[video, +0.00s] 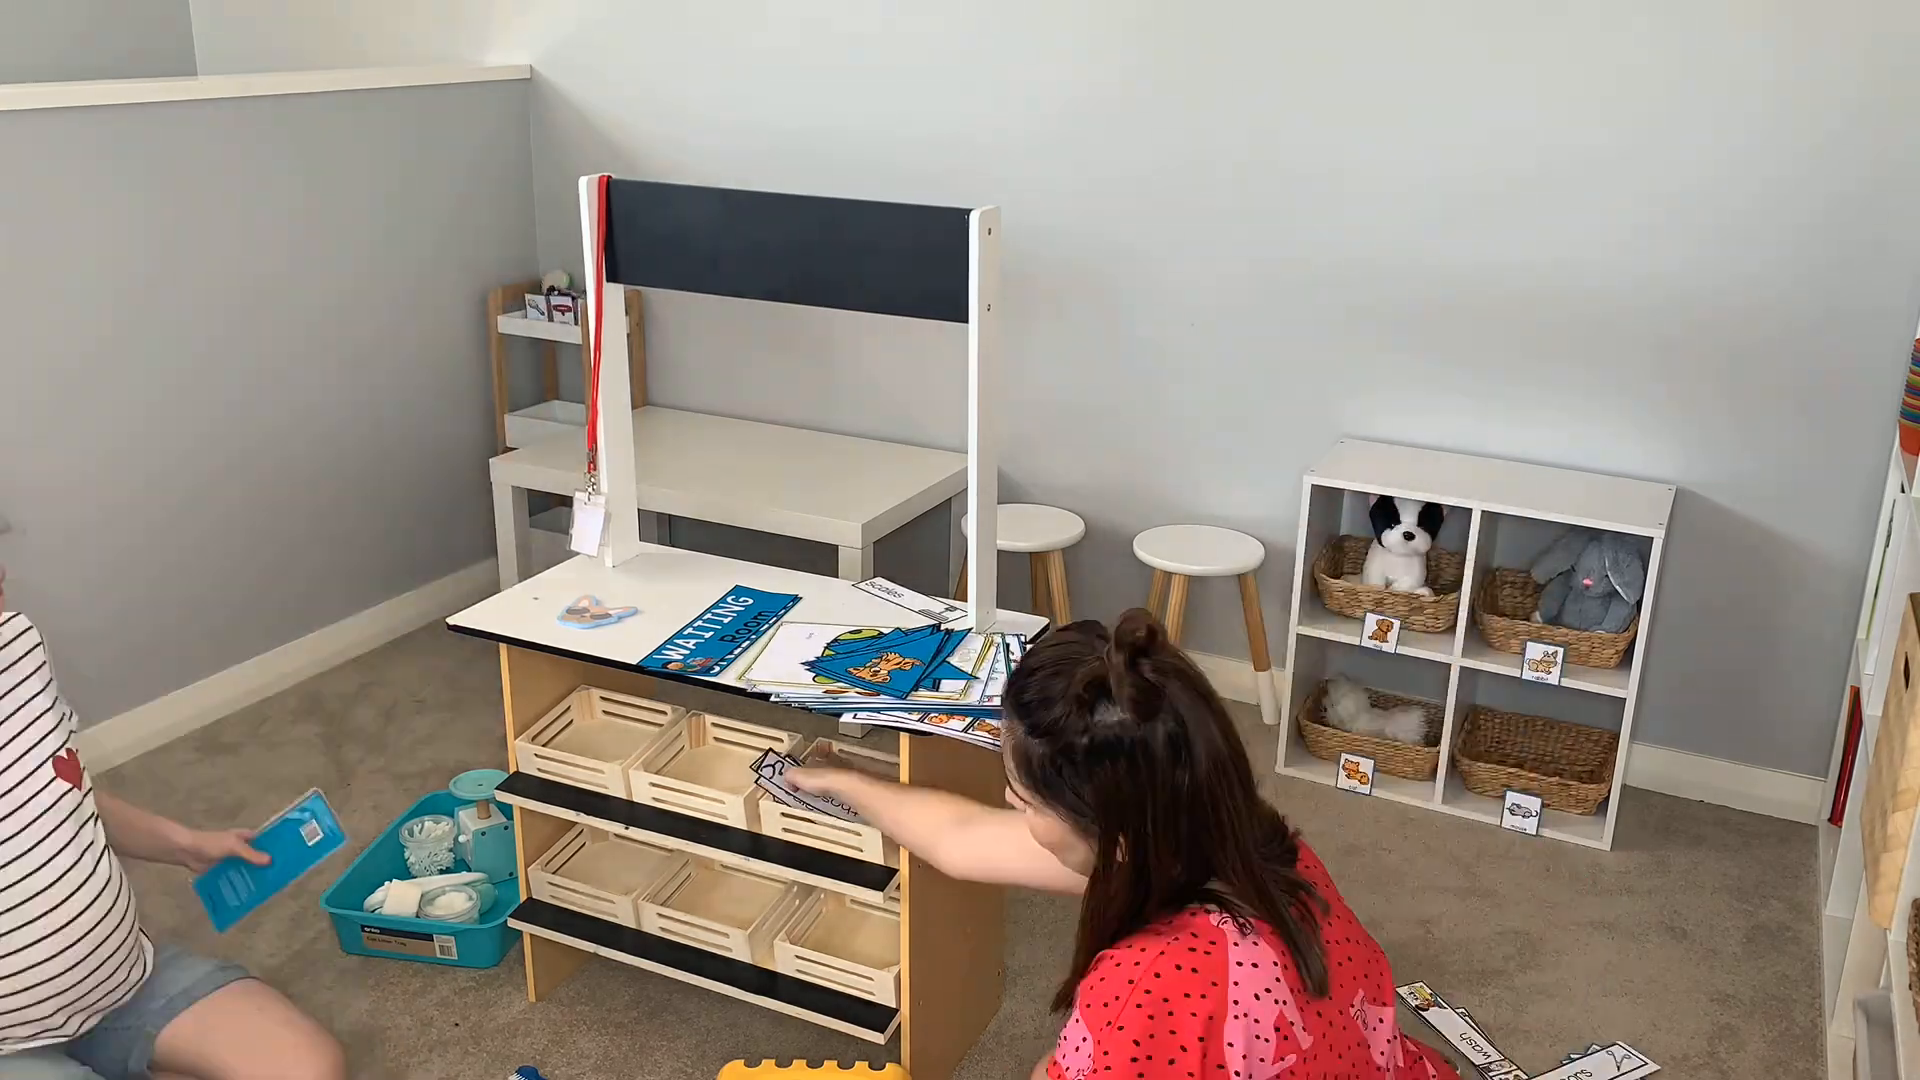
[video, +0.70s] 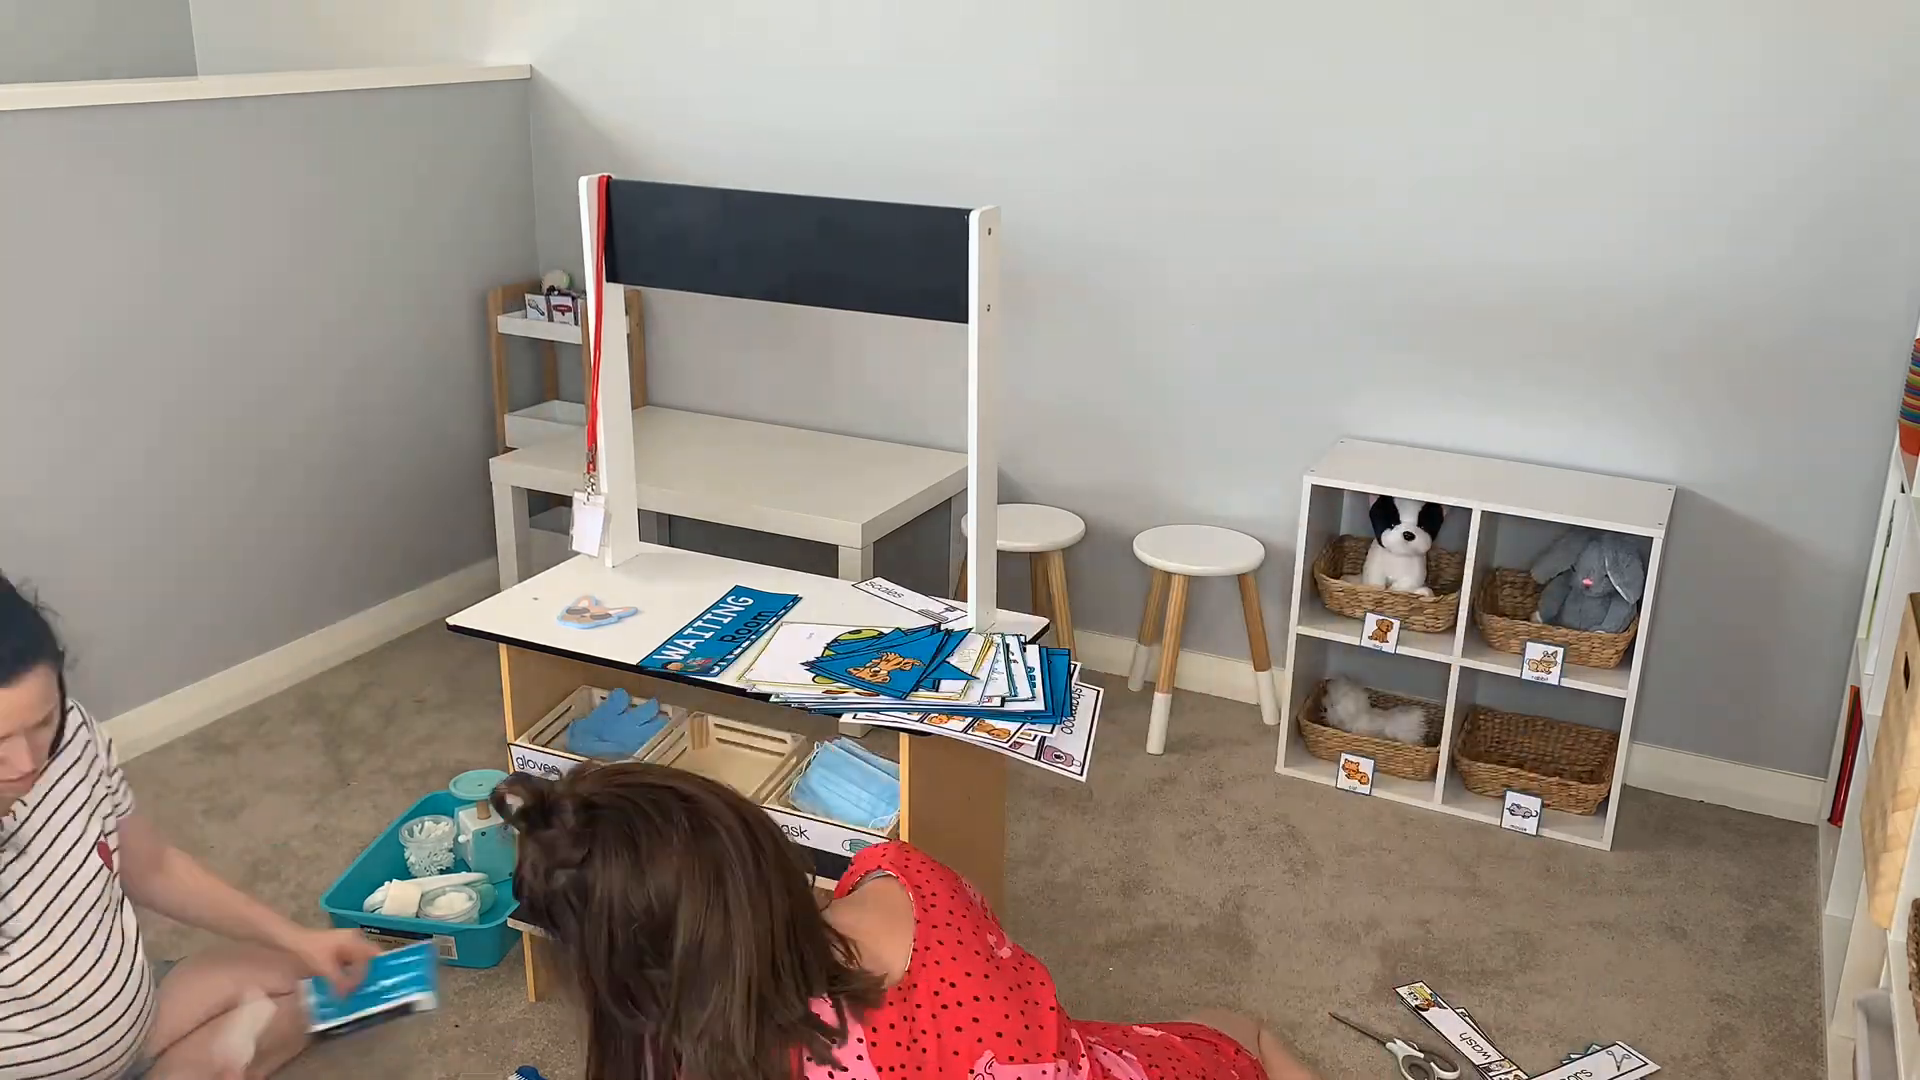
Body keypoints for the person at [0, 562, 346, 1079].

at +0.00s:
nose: (4, 587)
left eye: (3, 571)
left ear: (8, 573)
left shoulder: (17, 639)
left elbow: (64, 797)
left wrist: (187, 845)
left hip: (123, 973)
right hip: (12, 1038)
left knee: (307, 1062)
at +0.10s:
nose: (10, 721)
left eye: (13, 698)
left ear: (27, 664)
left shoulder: (62, 670)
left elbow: (100, 798)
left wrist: (225, 834)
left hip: (136, 988)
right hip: (22, 1065)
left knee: (307, 1068)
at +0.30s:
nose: (2, 571)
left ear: (4, 564)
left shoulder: (39, 653)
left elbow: (110, 800)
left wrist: (147, 864)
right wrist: (24, 973)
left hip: (128, 973)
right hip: (14, 1048)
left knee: (312, 1062)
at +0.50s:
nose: (8, 630)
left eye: (7, 595)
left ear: (14, 582)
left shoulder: (39, 659)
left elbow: (101, 805)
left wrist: (150, 885)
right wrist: (65, 1004)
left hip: (138, 978)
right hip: (23, 1059)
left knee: (312, 1064)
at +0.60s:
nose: (35, 829)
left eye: (34, 789)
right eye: (3, 815)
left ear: (42, 759)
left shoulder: (91, 745)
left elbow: (201, 929)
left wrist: (285, 1065)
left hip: (125, 1016)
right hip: (38, 1068)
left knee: (315, 1011)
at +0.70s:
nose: (26, 763)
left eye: (43, 724)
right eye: (3, 739)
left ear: (57, 696)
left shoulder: (73, 732)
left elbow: (152, 866)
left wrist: (297, 939)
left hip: (137, 1008)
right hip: (43, 1069)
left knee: (307, 973)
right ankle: (216, 1060)